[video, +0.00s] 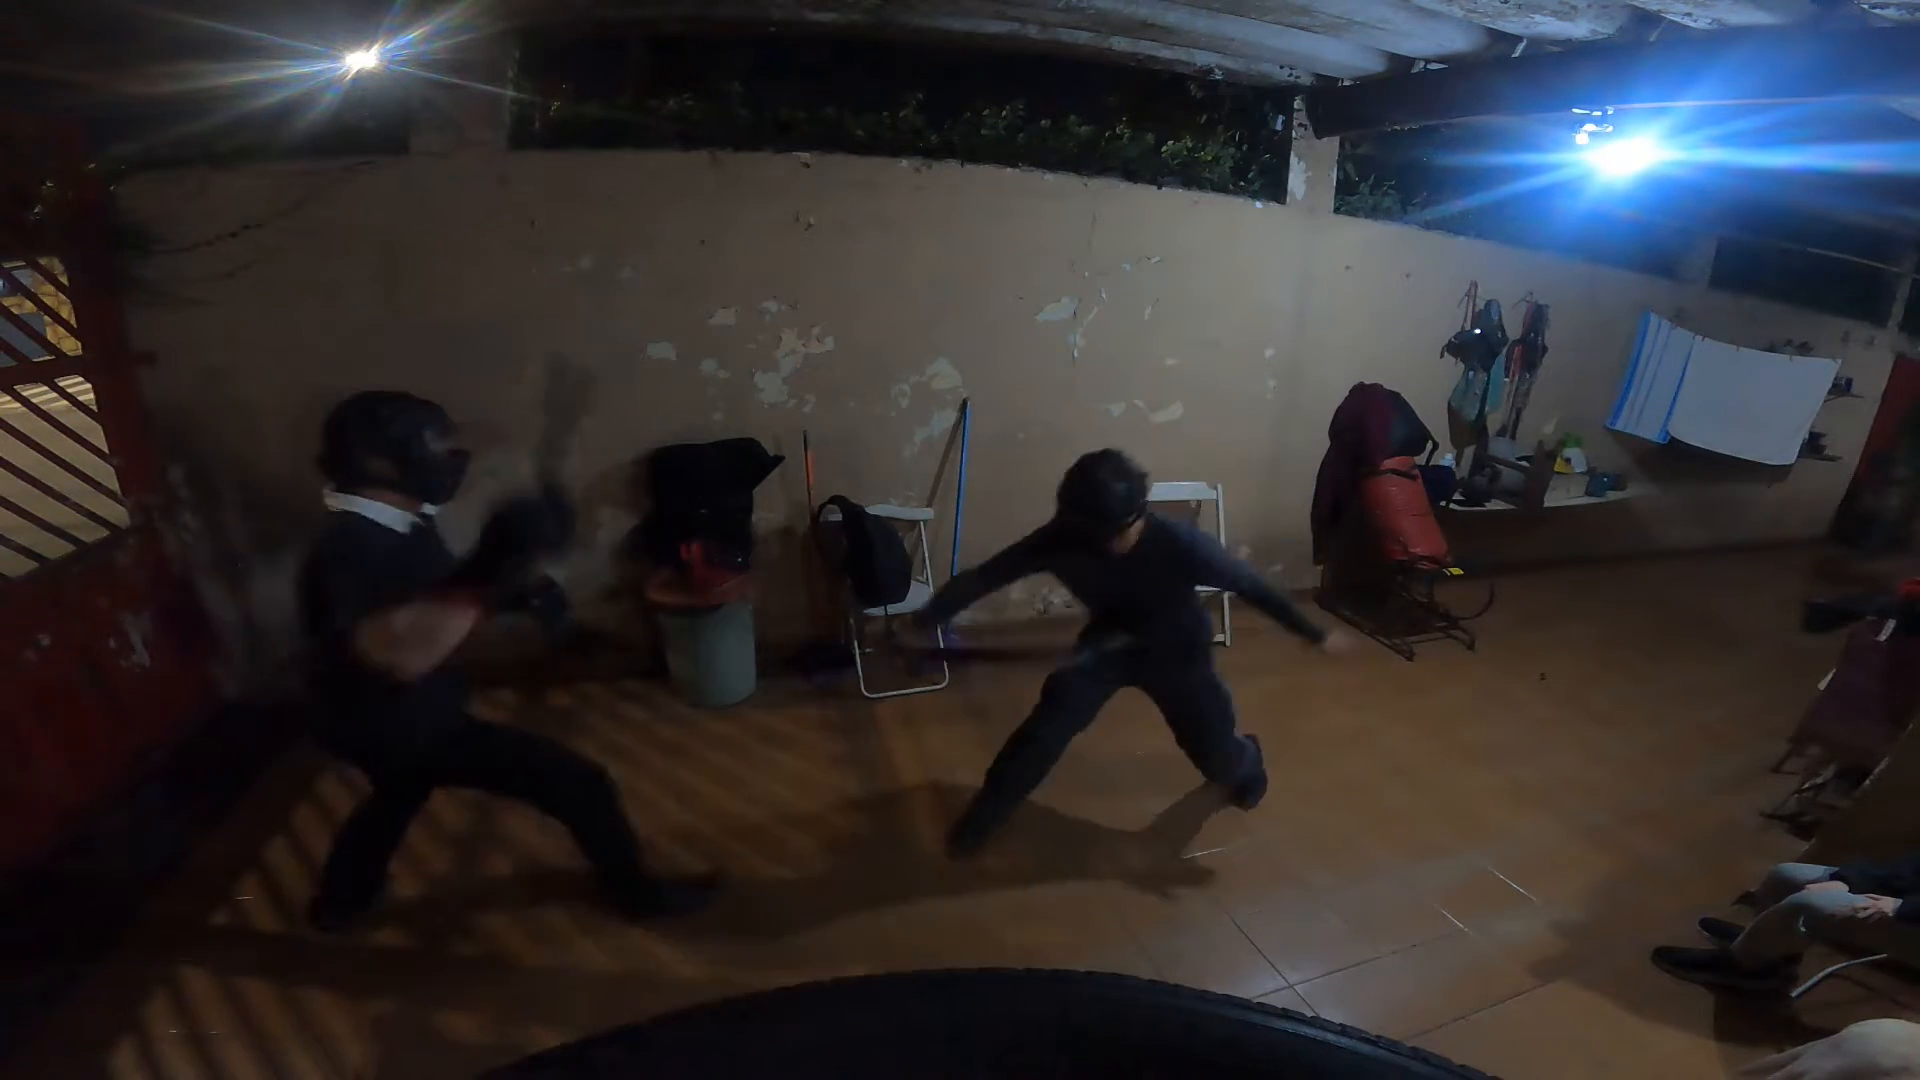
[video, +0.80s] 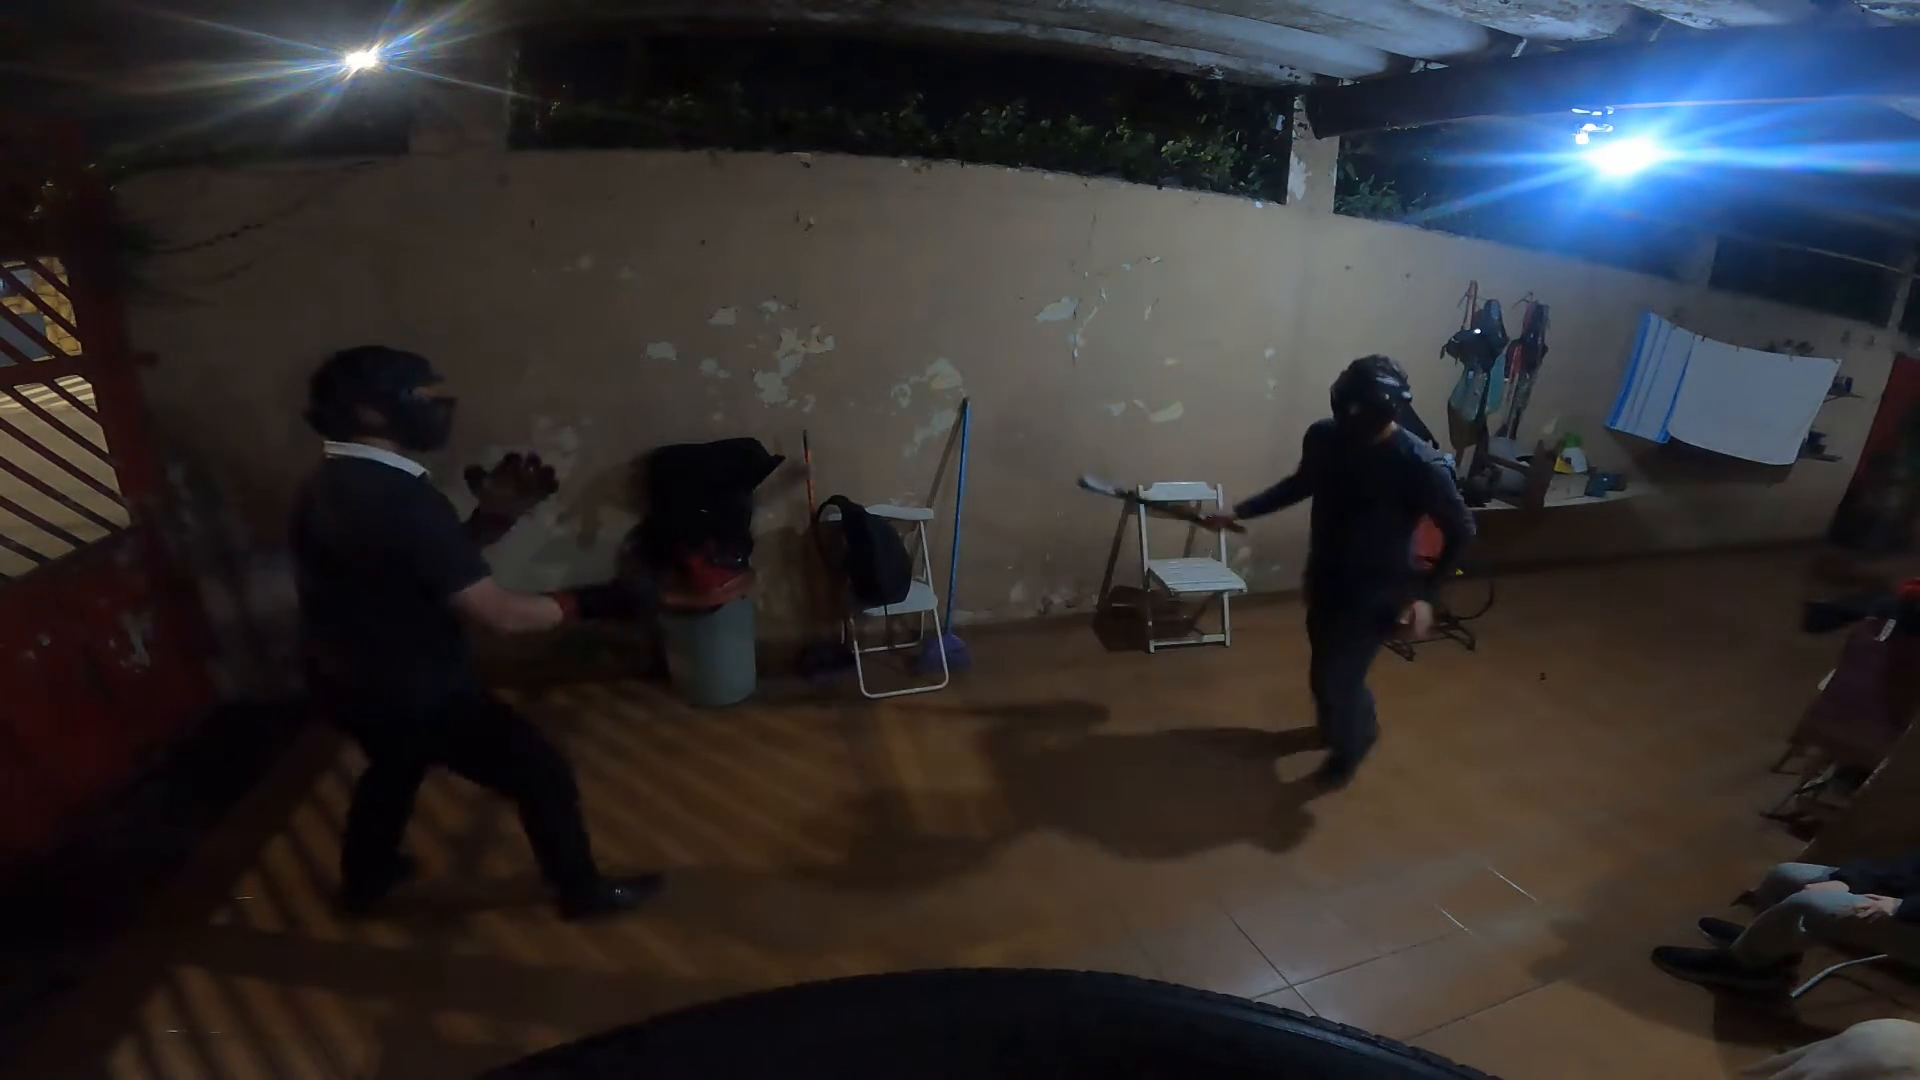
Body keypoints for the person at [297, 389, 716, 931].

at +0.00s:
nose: (456, 460)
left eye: (451, 445)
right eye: (436, 446)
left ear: (379, 462)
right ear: (386, 461)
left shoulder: (410, 537)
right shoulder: (347, 551)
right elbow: (401, 651)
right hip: (396, 734)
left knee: (403, 787)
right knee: (580, 785)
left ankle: (341, 898)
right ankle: (634, 891)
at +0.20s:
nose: (561, 485)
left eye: (561, 471)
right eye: (551, 473)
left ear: (461, 474)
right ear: (508, 481)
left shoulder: (395, 533)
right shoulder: (519, 560)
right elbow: (618, 644)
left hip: (340, 724)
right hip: (435, 743)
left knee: (415, 752)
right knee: (565, 807)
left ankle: (367, 870)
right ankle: (663, 891)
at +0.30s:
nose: (557, 484)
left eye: (556, 469)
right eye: (545, 470)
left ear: (456, 471)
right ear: (504, 480)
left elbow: (312, 596)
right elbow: (551, 678)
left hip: (335, 718)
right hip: (434, 739)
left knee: (396, 753)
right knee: (540, 819)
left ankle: (356, 874)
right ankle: (650, 892)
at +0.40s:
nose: (527, 477)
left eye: (524, 463)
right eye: (514, 465)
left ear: (431, 471)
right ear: (471, 479)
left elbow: (290, 603)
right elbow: (496, 681)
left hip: (328, 724)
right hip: (426, 744)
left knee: (387, 754)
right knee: (533, 812)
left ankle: (352, 877)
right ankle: (648, 893)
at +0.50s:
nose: (476, 452)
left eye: (472, 439)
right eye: (460, 440)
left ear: (385, 458)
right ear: (413, 456)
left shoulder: (323, 528)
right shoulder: (445, 545)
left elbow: (310, 629)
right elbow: (483, 653)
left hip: (323, 719)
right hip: (410, 730)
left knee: (384, 771)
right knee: (534, 809)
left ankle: (350, 880)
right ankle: (644, 893)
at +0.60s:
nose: (451, 429)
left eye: (445, 417)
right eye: (433, 420)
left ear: (372, 442)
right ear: (380, 440)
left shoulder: (319, 511)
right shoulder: (420, 526)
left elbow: (380, 582)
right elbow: (498, 628)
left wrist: (466, 544)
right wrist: (527, 597)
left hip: (331, 711)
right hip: (407, 722)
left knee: (392, 767)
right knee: (545, 781)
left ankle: (352, 881)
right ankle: (615, 891)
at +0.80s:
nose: (444, 400)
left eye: (436, 387)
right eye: (424, 392)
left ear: (365, 418)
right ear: (372, 415)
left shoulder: (324, 490)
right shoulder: (402, 499)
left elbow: (412, 584)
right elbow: (499, 614)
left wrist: (488, 521)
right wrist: (590, 605)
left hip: (350, 684)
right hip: (416, 693)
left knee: (399, 760)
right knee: (539, 769)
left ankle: (364, 877)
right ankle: (579, 888)